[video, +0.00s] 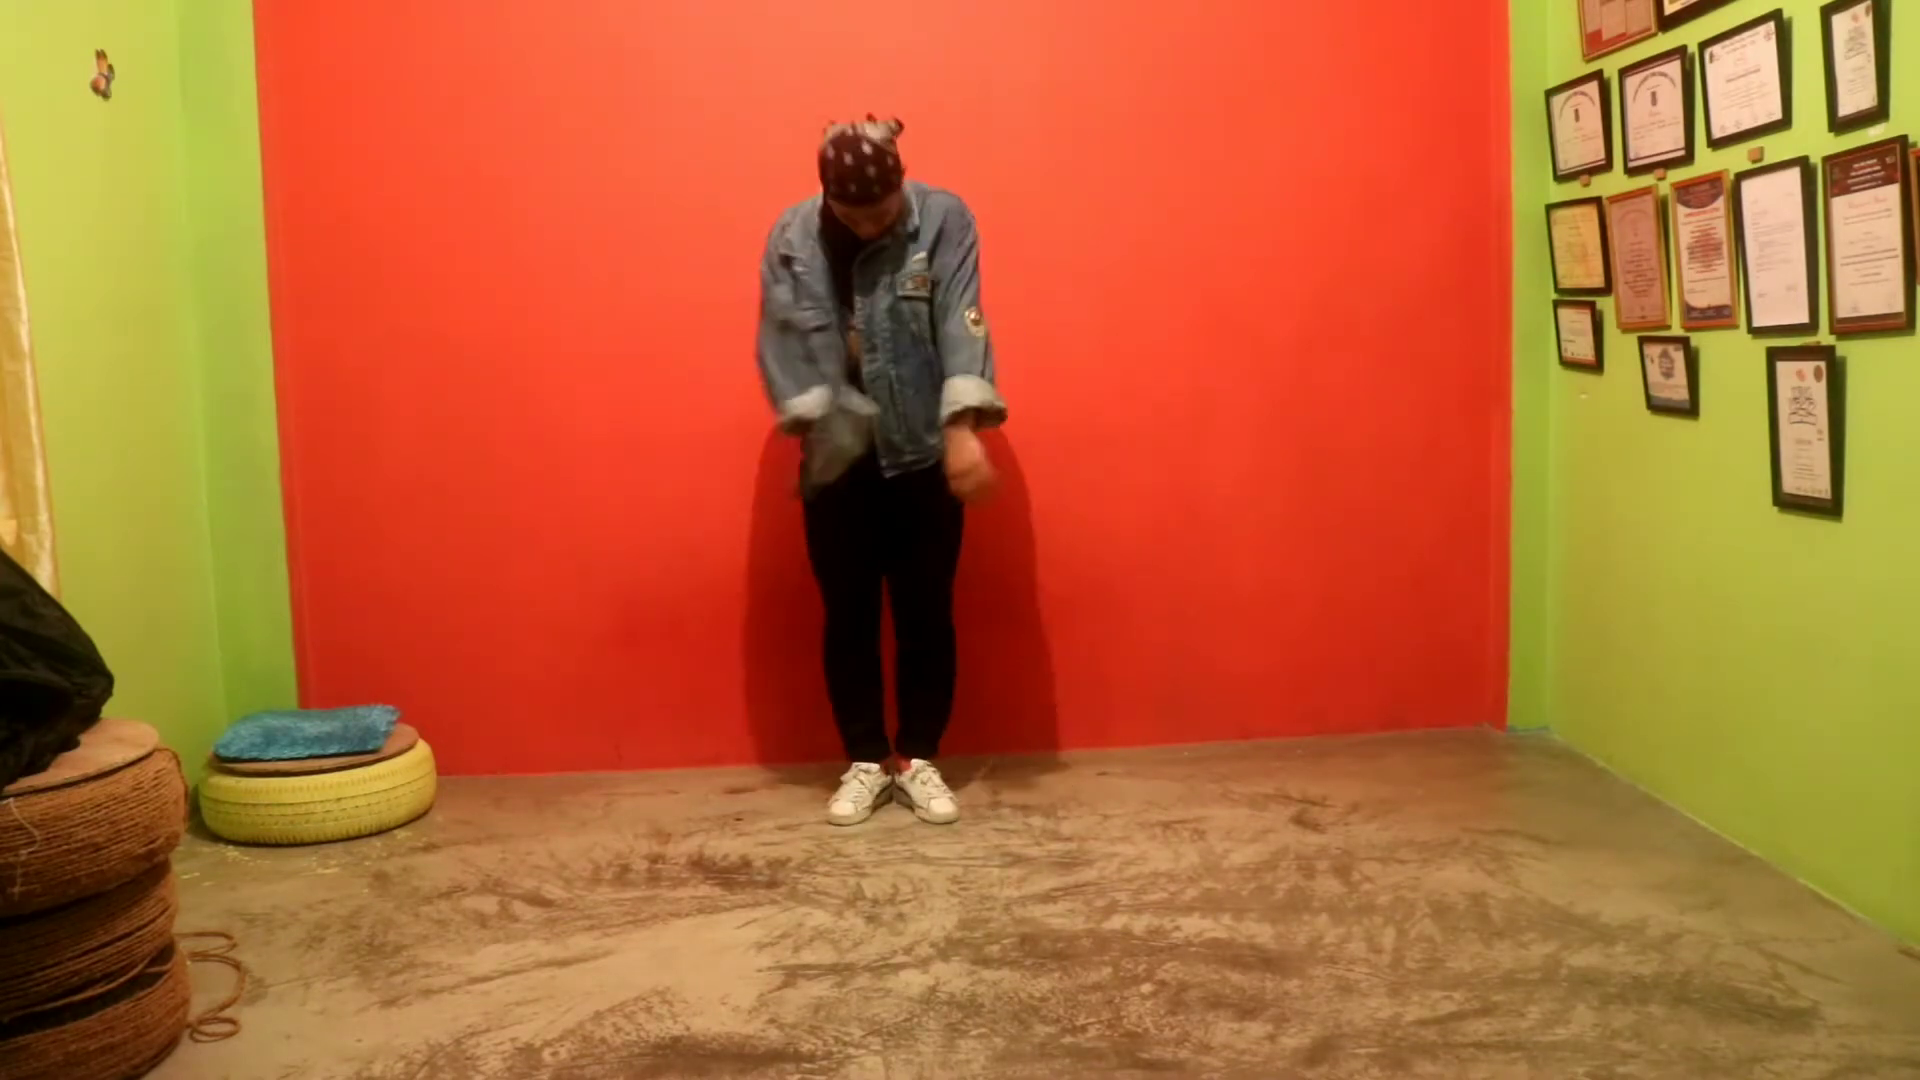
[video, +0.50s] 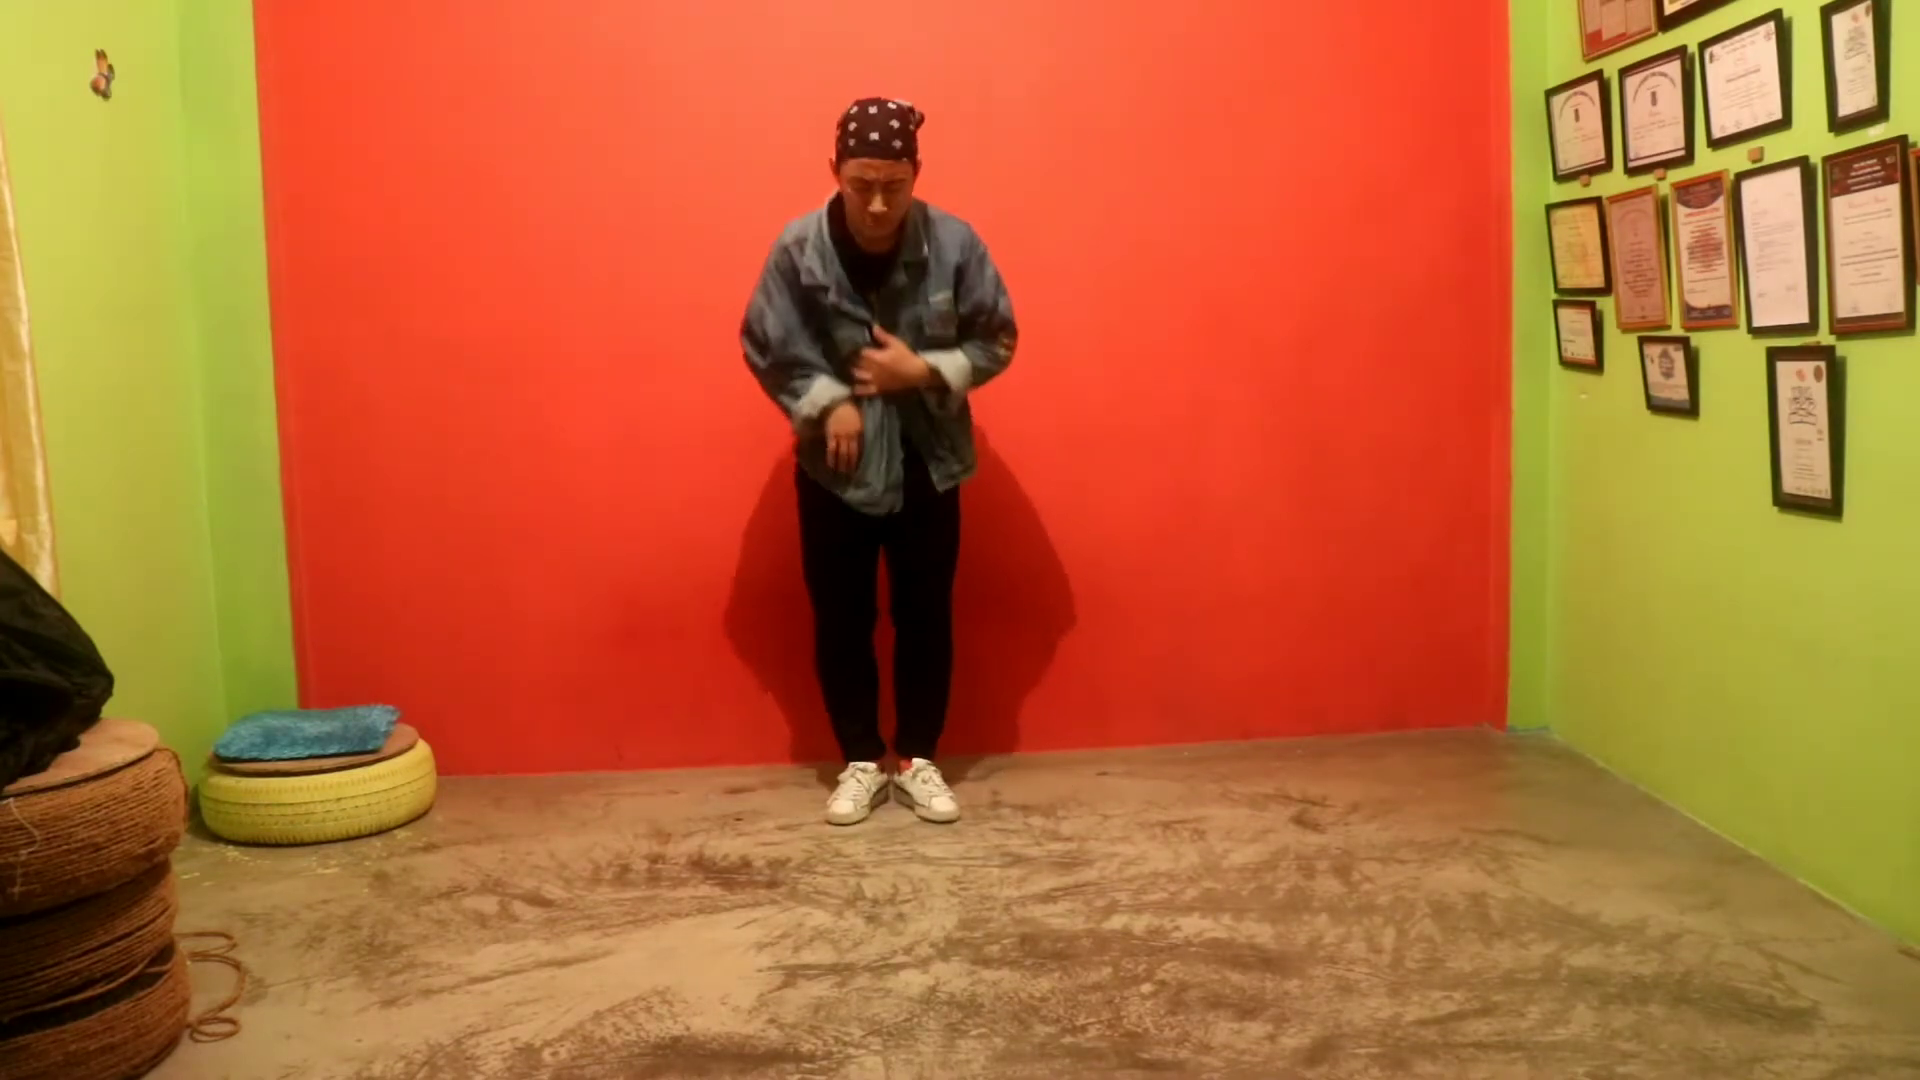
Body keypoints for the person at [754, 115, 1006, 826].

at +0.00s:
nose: (870, 224)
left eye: (880, 211)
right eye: (855, 216)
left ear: (900, 184)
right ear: (830, 195)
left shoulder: (943, 218)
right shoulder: (795, 236)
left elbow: (963, 321)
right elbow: (784, 335)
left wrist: (961, 424)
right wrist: (814, 425)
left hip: (926, 459)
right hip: (840, 462)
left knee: (926, 614)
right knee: (850, 615)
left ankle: (917, 762)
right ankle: (865, 765)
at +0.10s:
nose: (874, 218)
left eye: (887, 203)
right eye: (859, 206)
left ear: (908, 185)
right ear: (835, 189)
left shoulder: (950, 229)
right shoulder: (799, 240)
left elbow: (960, 332)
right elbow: (802, 347)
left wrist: (924, 416)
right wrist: (869, 422)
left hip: (929, 464)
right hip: (836, 465)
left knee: (924, 615)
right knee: (847, 617)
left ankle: (919, 762)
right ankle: (864, 763)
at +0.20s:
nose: (878, 204)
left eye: (890, 190)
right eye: (864, 191)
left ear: (912, 173)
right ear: (838, 175)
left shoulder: (954, 221)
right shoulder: (798, 234)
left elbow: (968, 324)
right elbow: (795, 344)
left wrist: (915, 378)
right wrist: (852, 402)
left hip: (929, 458)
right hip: (836, 461)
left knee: (927, 609)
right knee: (847, 610)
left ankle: (920, 756)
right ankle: (861, 760)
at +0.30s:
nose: (878, 194)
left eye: (892, 178)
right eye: (864, 178)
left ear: (915, 162)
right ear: (839, 161)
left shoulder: (956, 226)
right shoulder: (792, 237)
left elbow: (985, 326)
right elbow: (775, 335)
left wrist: (917, 352)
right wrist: (834, 385)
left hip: (932, 462)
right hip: (839, 463)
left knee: (925, 609)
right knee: (849, 612)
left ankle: (918, 757)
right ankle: (861, 761)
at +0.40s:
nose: (879, 194)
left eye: (893, 178)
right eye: (865, 178)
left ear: (915, 173)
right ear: (840, 172)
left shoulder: (956, 248)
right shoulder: (802, 256)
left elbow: (996, 342)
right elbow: (757, 335)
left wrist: (925, 368)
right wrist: (826, 400)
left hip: (932, 469)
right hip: (841, 471)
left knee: (925, 615)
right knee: (849, 618)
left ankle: (916, 760)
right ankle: (862, 764)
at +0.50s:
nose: (877, 203)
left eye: (891, 186)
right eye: (863, 186)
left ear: (914, 178)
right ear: (838, 177)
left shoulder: (956, 247)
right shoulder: (797, 252)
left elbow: (996, 343)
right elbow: (769, 344)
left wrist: (925, 370)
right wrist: (830, 401)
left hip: (930, 466)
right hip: (838, 467)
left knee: (925, 612)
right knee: (842, 615)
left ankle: (918, 761)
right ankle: (861, 765)